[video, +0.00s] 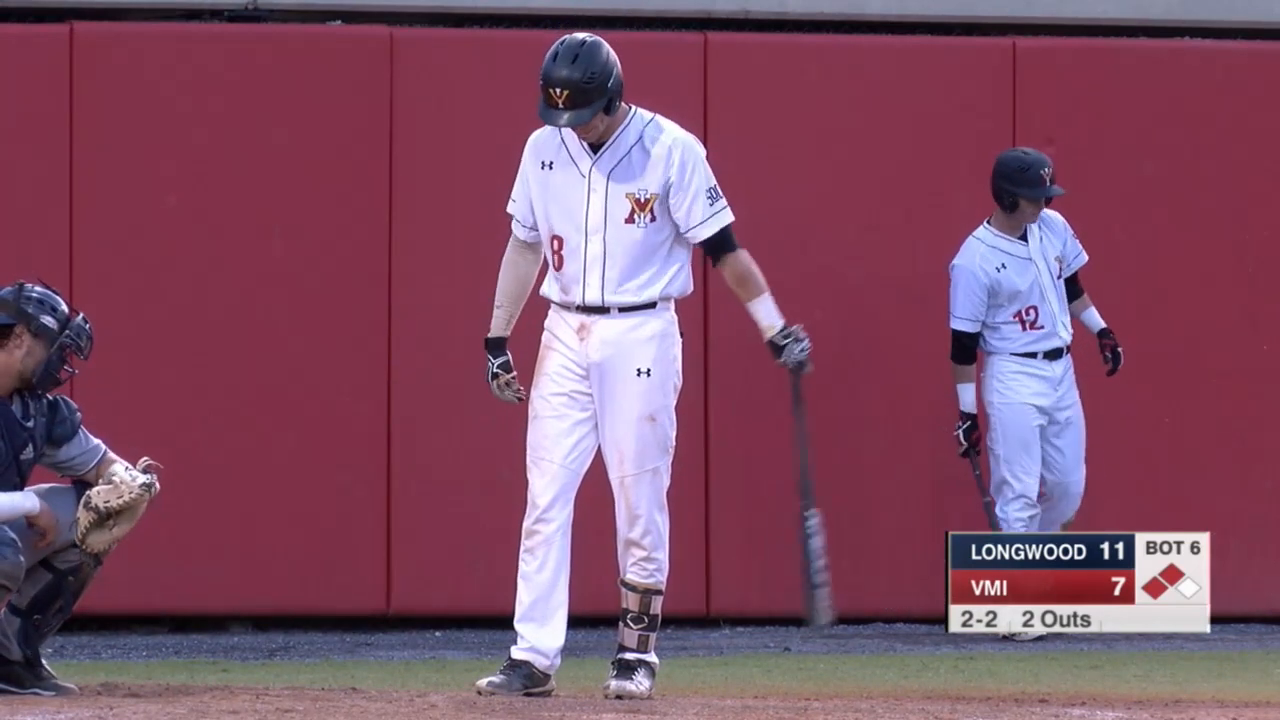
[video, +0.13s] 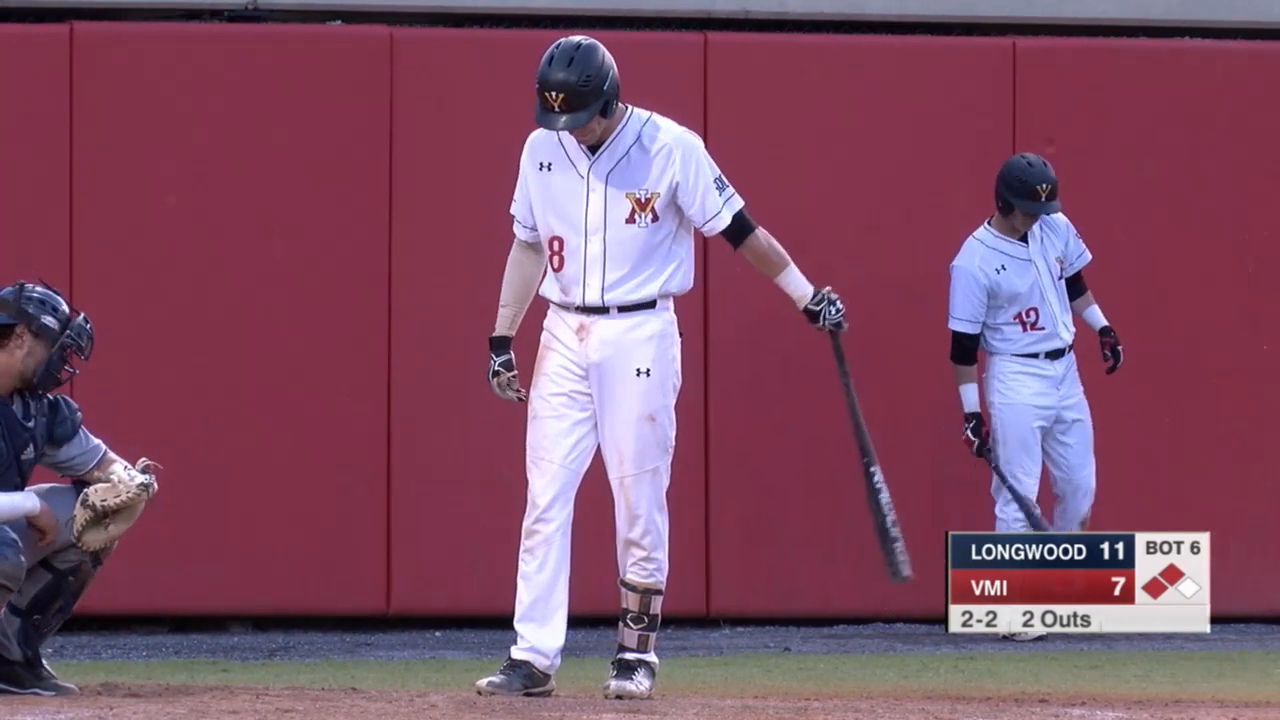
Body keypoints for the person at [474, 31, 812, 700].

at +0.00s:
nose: (573, 127)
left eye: (582, 115)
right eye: (563, 115)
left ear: (614, 98)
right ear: (553, 101)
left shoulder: (672, 149)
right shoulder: (544, 146)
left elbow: (724, 249)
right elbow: (524, 246)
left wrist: (777, 329)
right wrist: (497, 337)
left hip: (640, 341)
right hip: (563, 339)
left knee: (638, 490)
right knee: (546, 496)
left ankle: (635, 652)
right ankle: (533, 656)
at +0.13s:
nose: (568, 127)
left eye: (577, 116)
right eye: (559, 116)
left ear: (608, 99)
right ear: (552, 103)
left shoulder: (672, 148)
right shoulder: (542, 148)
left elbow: (742, 230)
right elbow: (528, 248)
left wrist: (809, 297)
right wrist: (502, 337)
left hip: (639, 339)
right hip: (563, 339)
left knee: (638, 491)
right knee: (545, 498)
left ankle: (635, 653)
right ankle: (533, 656)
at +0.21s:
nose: (564, 127)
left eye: (575, 115)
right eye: (556, 115)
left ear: (607, 100)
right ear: (549, 102)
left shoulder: (672, 147)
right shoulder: (541, 147)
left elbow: (744, 227)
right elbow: (528, 250)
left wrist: (813, 289)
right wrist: (505, 339)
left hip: (639, 339)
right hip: (563, 339)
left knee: (638, 491)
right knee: (545, 498)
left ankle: (635, 652)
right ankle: (532, 657)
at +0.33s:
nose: (565, 129)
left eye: (574, 118)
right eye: (557, 117)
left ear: (604, 101)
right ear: (552, 104)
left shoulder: (671, 147)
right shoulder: (541, 148)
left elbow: (739, 234)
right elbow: (529, 252)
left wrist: (803, 302)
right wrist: (507, 339)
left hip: (639, 339)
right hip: (563, 339)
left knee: (638, 493)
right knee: (545, 498)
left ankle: (635, 654)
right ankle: (533, 657)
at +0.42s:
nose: (565, 131)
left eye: (572, 120)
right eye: (557, 120)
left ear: (604, 101)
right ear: (550, 106)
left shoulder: (671, 149)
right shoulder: (543, 148)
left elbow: (726, 247)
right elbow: (529, 250)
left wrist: (780, 325)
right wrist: (508, 339)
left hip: (640, 340)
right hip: (563, 339)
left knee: (638, 490)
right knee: (545, 498)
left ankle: (635, 653)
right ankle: (532, 658)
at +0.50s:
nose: (566, 131)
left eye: (574, 119)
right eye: (557, 119)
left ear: (606, 101)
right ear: (549, 104)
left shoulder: (671, 149)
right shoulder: (544, 146)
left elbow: (714, 255)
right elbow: (529, 251)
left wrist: (756, 340)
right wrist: (507, 341)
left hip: (643, 339)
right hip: (565, 336)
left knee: (639, 491)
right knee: (547, 496)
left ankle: (635, 654)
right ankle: (531, 657)